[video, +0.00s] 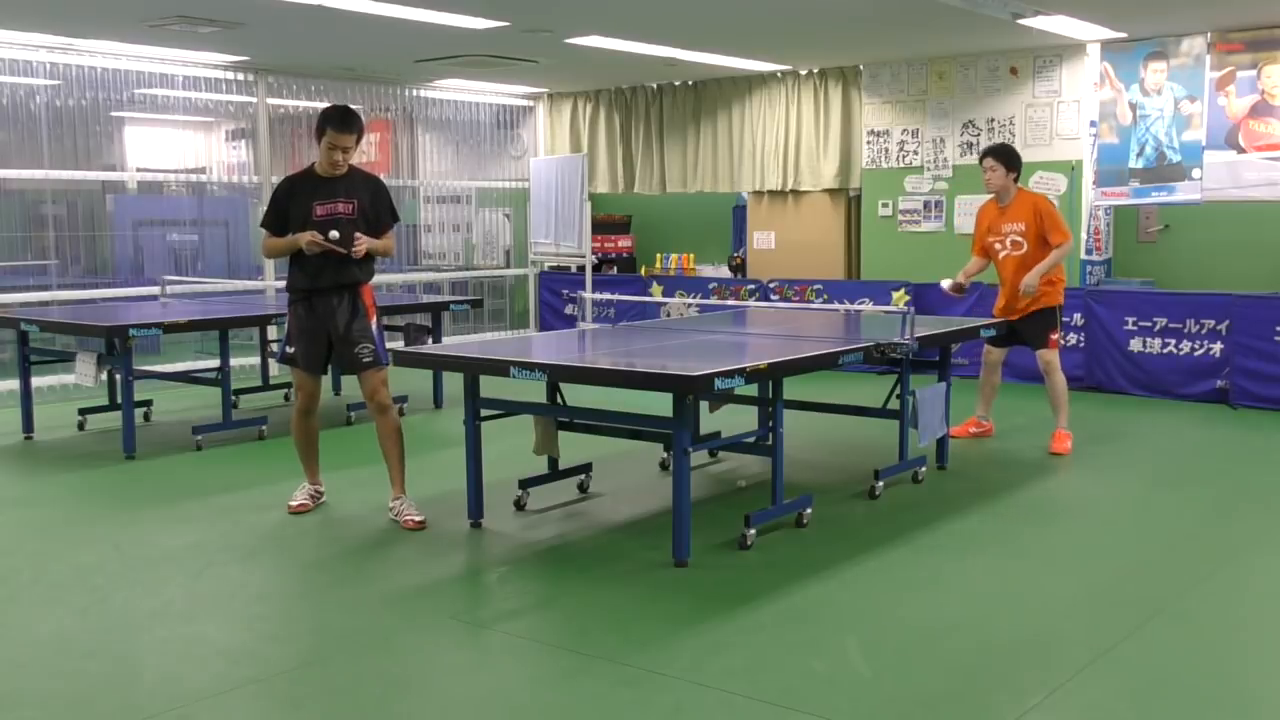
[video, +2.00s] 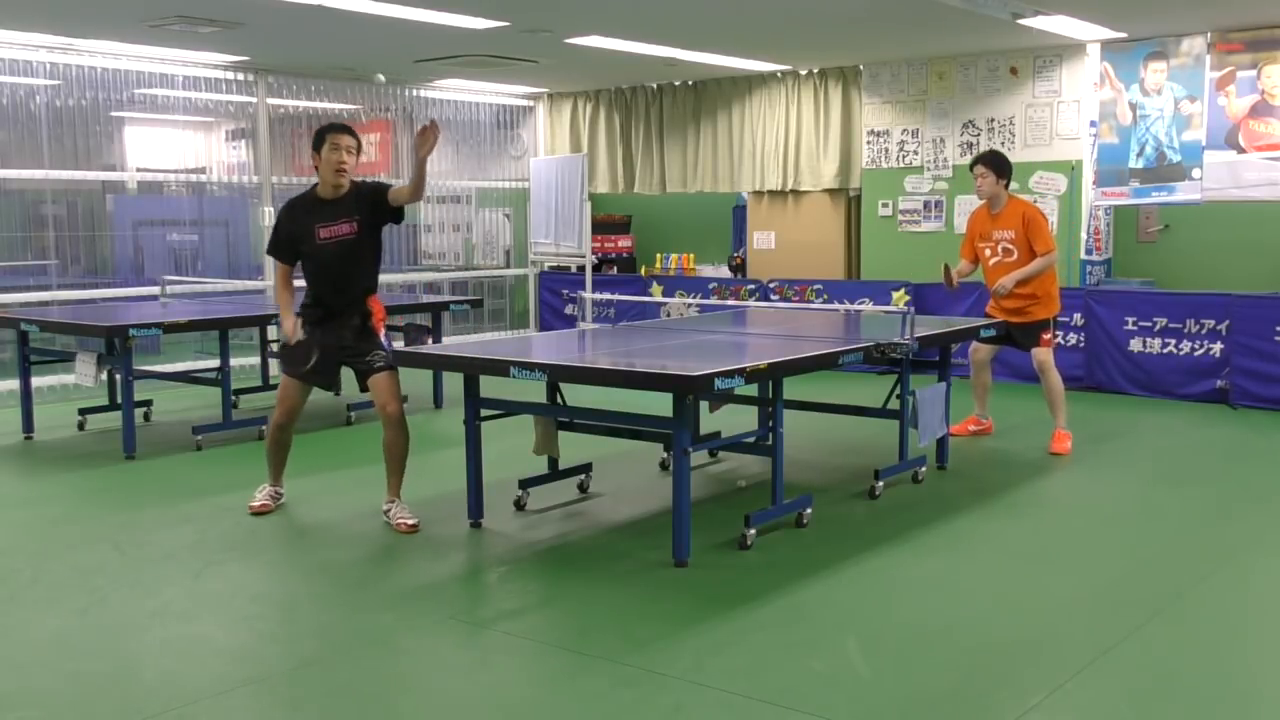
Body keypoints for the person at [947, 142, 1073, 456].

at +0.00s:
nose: (986, 176)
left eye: (992, 170)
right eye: (984, 171)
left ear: (1012, 173)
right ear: (984, 174)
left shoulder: (1038, 204)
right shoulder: (986, 211)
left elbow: (1065, 244)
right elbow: (982, 255)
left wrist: (1037, 273)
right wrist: (963, 276)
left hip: (1042, 297)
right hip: (1007, 300)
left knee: (1047, 360)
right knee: (991, 356)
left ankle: (1062, 429)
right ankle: (982, 420)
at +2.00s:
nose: (977, 183)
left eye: (983, 177)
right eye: (975, 177)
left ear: (1002, 179)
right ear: (975, 181)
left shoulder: (1028, 213)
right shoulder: (977, 218)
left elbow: (1050, 256)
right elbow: (970, 260)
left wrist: (1014, 277)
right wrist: (956, 273)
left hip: (1037, 306)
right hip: (1000, 306)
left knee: (1042, 360)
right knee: (978, 355)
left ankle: (1061, 429)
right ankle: (981, 419)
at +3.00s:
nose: (977, 211)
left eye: (982, 205)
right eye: (975, 205)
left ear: (1003, 206)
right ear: (973, 206)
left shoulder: (1029, 234)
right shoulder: (970, 238)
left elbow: (1050, 280)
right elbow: (926, 255)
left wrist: (1016, 292)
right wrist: (927, 276)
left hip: (1035, 322)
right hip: (993, 321)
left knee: (1051, 374)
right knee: (953, 361)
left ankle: (1076, 433)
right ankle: (947, 427)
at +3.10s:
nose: (966, 205)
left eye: (972, 200)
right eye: (965, 200)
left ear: (992, 202)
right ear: (965, 201)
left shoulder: (1019, 231)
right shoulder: (959, 235)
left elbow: (1044, 273)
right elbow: (921, 247)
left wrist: (1013, 289)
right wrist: (906, 242)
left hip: (1033, 319)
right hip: (991, 319)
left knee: (1049, 370)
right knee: (952, 359)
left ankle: (1076, 433)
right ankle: (948, 428)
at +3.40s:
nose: (989, 193)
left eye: (996, 187)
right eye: (987, 188)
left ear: (1015, 191)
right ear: (986, 191)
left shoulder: (1039, 224)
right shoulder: (981, 230)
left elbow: (1065, 262)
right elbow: (949, 261)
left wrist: (1036, 273)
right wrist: (926, 252)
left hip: (1042, 318)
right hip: (1000, 318)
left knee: (1055, 375)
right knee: (968, 360)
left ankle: (1076, 423)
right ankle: (949, 425)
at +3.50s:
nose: (1001, 184)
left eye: (1008, 178)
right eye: (999, 179)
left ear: (1027, 181)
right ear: (999, 182)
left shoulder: (1052, 216)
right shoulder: (999, 220)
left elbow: (1076, 256)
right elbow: (975, 256)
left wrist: (1046, 271)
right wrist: (945, 261)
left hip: (1053, 312)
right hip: (1015, 311)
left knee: (1058, 368)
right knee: (988, 355)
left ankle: (1075, 424)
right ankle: (957, 417)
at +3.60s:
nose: (1009, 175)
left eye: (1016, 169)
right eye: (1007, 170)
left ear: (1034, 173)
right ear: (1006, 174)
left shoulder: (1058, 208)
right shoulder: (1005, 212)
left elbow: (1083, 248)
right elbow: (991, 251)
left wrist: (1055, 273)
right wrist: (969, 266)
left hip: (1065, 299)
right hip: (1025, 298)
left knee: (1073, 357)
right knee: (996, 347)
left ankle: (1085, 421)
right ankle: (994, 409)